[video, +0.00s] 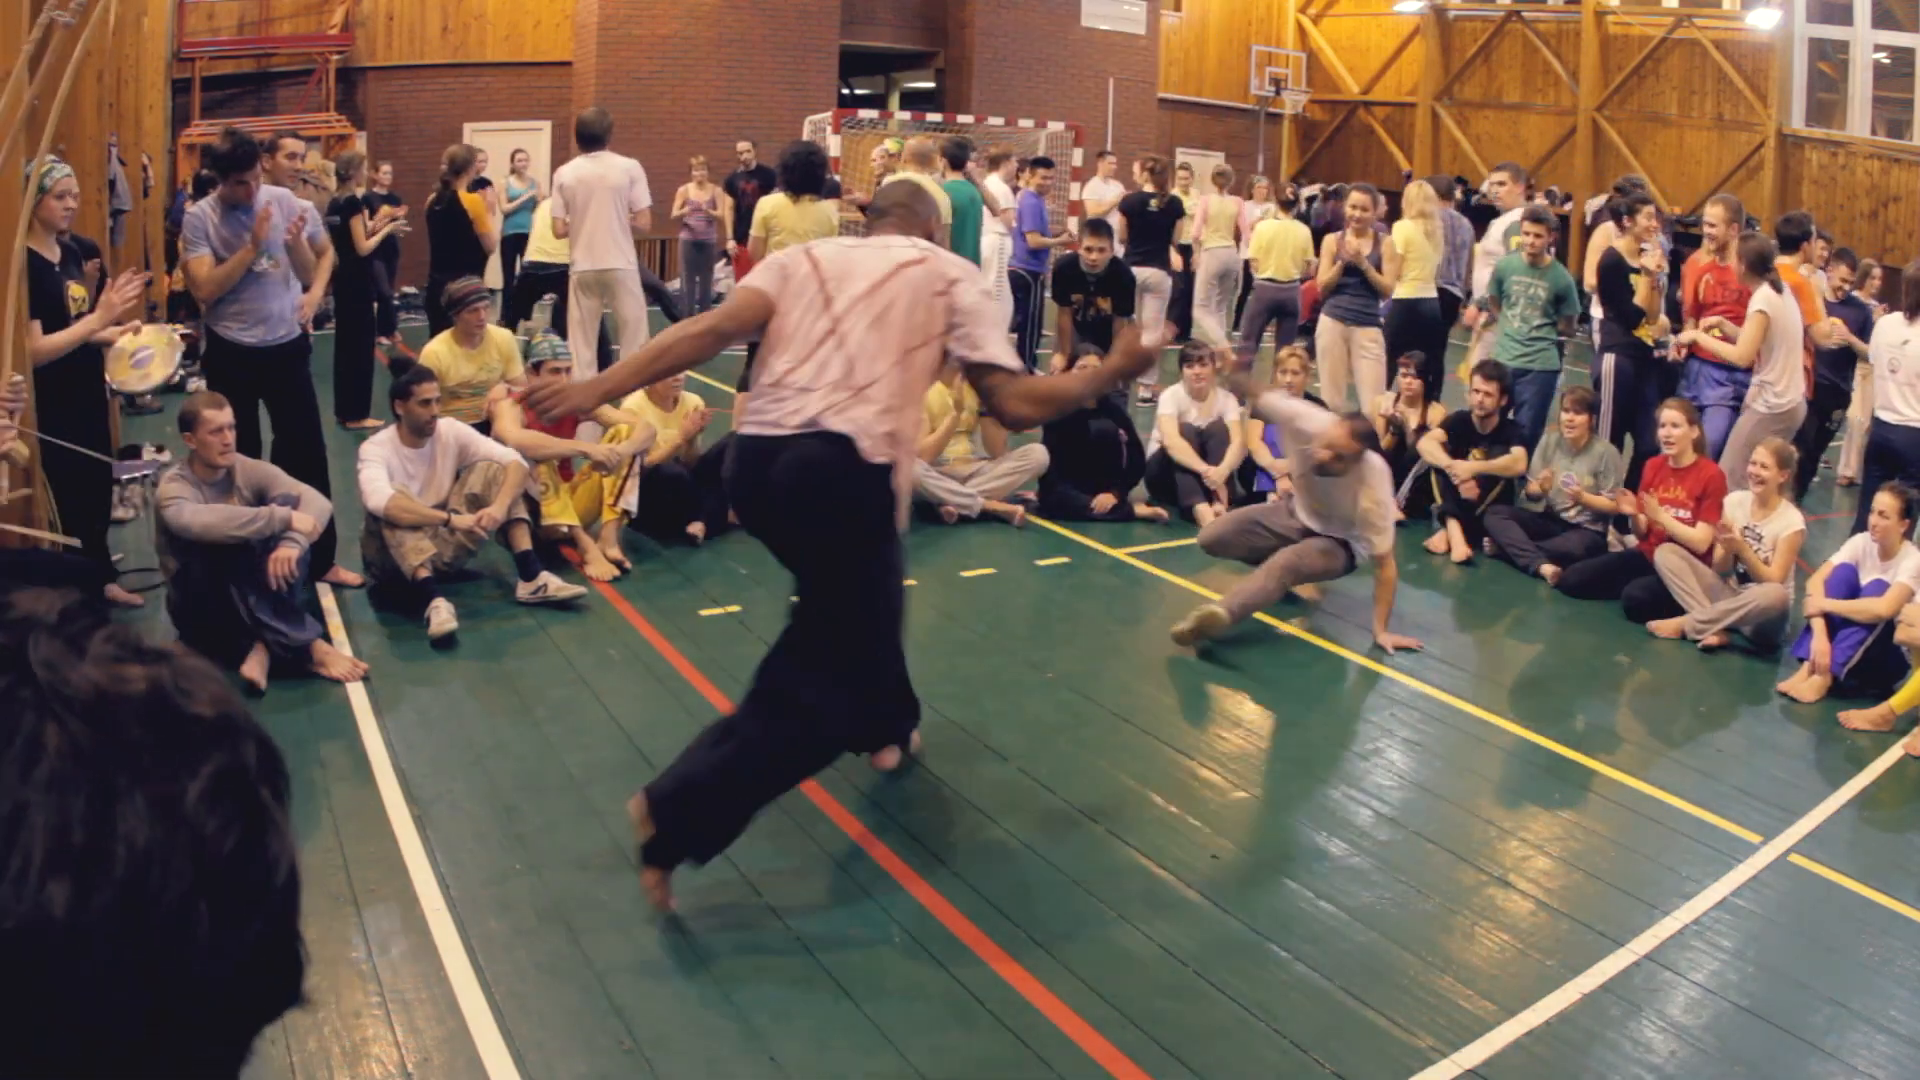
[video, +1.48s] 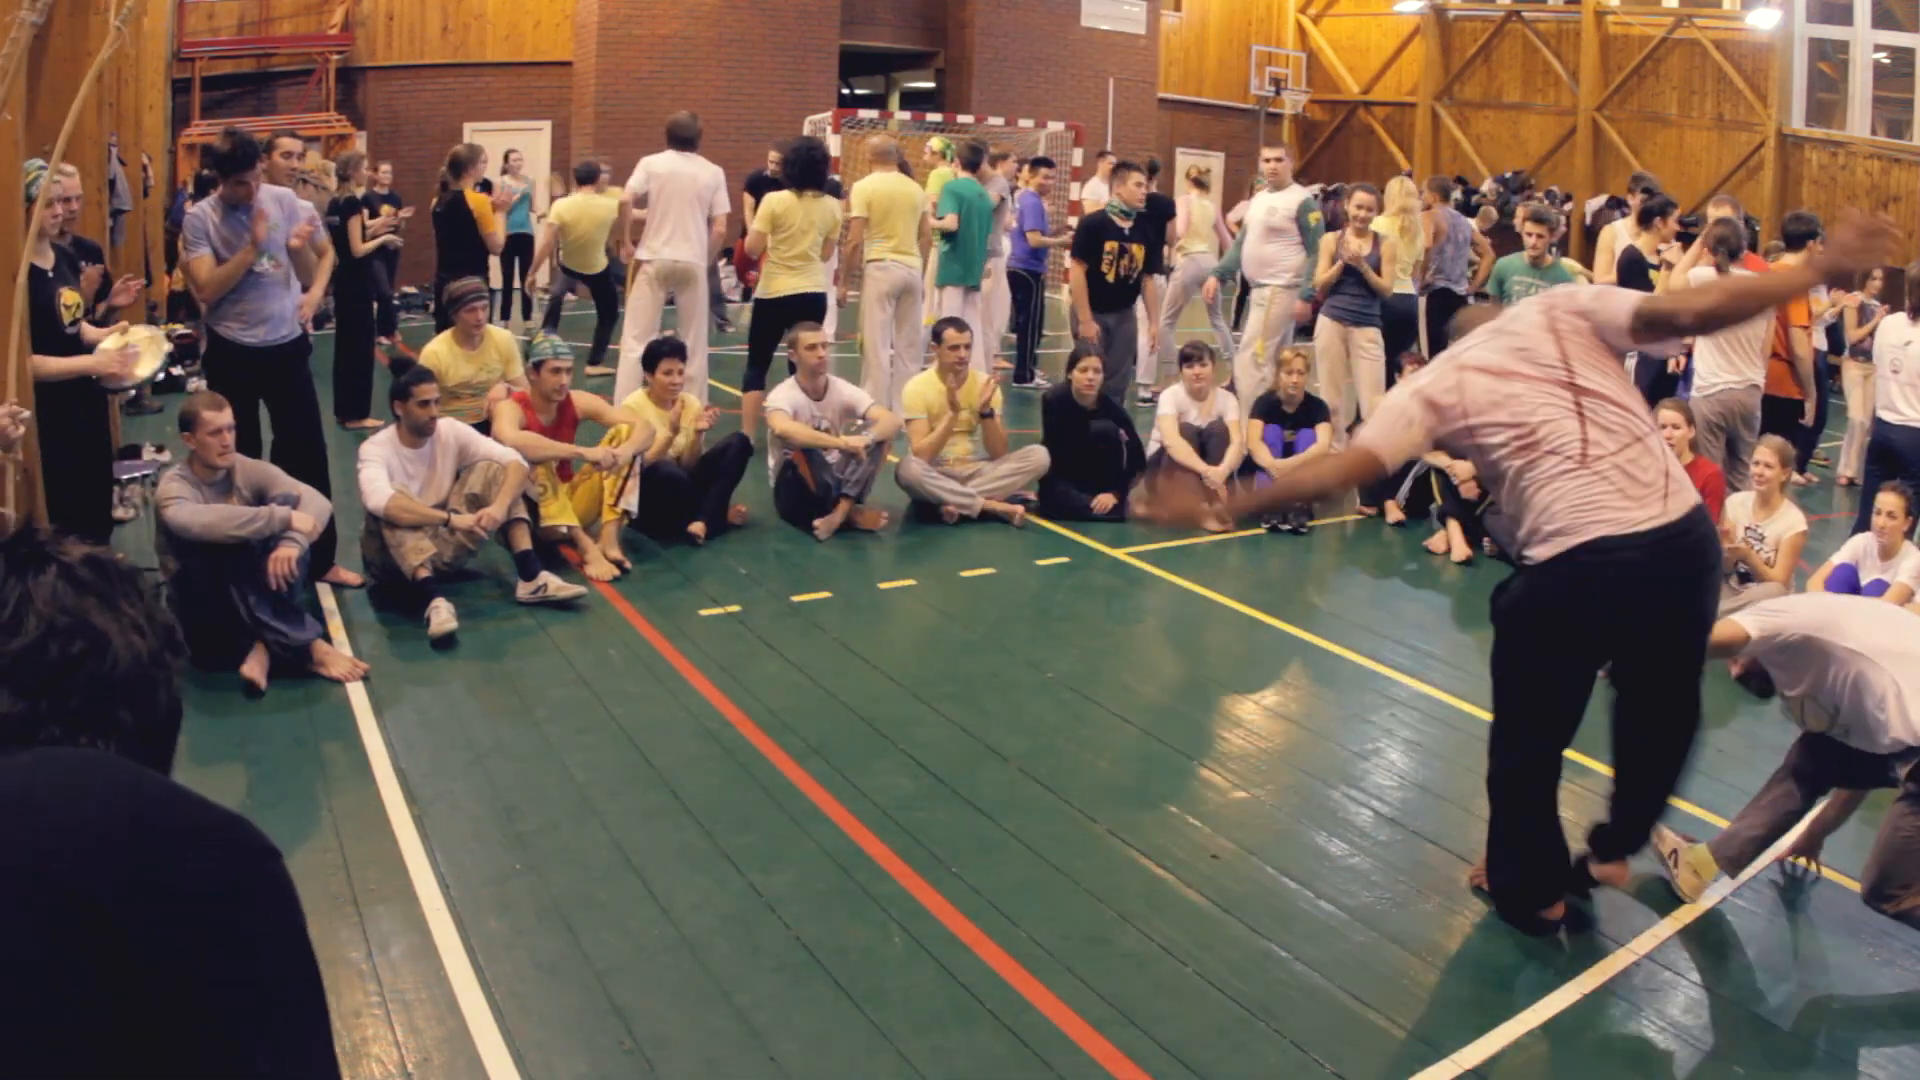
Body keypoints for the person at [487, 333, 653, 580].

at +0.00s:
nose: (562, 380)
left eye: (567, 371)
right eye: (554, 372)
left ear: (573, 371)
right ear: (533, 373)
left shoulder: (578, 402)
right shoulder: (510, 405)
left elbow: (645, 428)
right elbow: (512, 438)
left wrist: (625, 450)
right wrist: (585, 449)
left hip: (572, 504)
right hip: (528, 509)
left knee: (624, 437)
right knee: (540, 465)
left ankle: (609, 537)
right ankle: (586, 545)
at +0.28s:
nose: (563, 381)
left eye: (567, 372)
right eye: (554, 373)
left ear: (572, 371)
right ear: (531, 374)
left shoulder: (579, 403)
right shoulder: (510, 407)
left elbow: (646, 428)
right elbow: (508, 438)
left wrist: (625, 450)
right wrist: (584, 449)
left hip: (572, 505)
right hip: (528, 511)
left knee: (623, 432)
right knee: (541, 466)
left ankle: (609, 537)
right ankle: (586, 546)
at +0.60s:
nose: (563, 382)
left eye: (568, 373)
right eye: (554, 374)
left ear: (573, 372)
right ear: (531, 374)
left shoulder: (579, 404)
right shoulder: (509, 408)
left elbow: (646, 428)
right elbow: (507, 439)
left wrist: (626, 451)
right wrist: (582, 450)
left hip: (572, 505)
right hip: (527, 511)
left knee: (623, 432)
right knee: (541, 466)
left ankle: (609, 537)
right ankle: (587, 546)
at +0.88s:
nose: (563, 382)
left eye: (568, 373)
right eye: (554, 373)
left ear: (573, 372)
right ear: (532, 374)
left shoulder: (578, 402)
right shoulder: (510, 407)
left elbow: (645, 428)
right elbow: (507, 439)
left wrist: (626, 451)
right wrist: (583, 451)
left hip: (572, 504)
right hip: (528, 510)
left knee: (623, 433)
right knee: (541, 465)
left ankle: (609, 536)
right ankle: (586, 546)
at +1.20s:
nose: (564, 380)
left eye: (568, 371)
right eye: (555, 372)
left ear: (573, 371)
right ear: (532, 373)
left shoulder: (579, 402)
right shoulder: (509, 408)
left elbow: (645, 428)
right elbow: (509, 439)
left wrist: (625, 451)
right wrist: (582, 452)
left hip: (571, 504)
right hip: (527, 510)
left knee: (624, 432)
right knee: (540, 466)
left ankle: (609, 536)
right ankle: (586, 546)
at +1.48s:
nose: (564, 381)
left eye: (568, 372)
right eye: (555, 372)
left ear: (573, 371)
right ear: (532, 373)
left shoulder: (579, 402)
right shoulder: (510, 408)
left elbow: (645, 428)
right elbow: (509, 439)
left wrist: (625, 451)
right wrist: (582, 452)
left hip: (570, 504)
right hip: (526, 510)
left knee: (624, 432)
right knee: (540, 466)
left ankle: (609, 537)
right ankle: (586, 546)